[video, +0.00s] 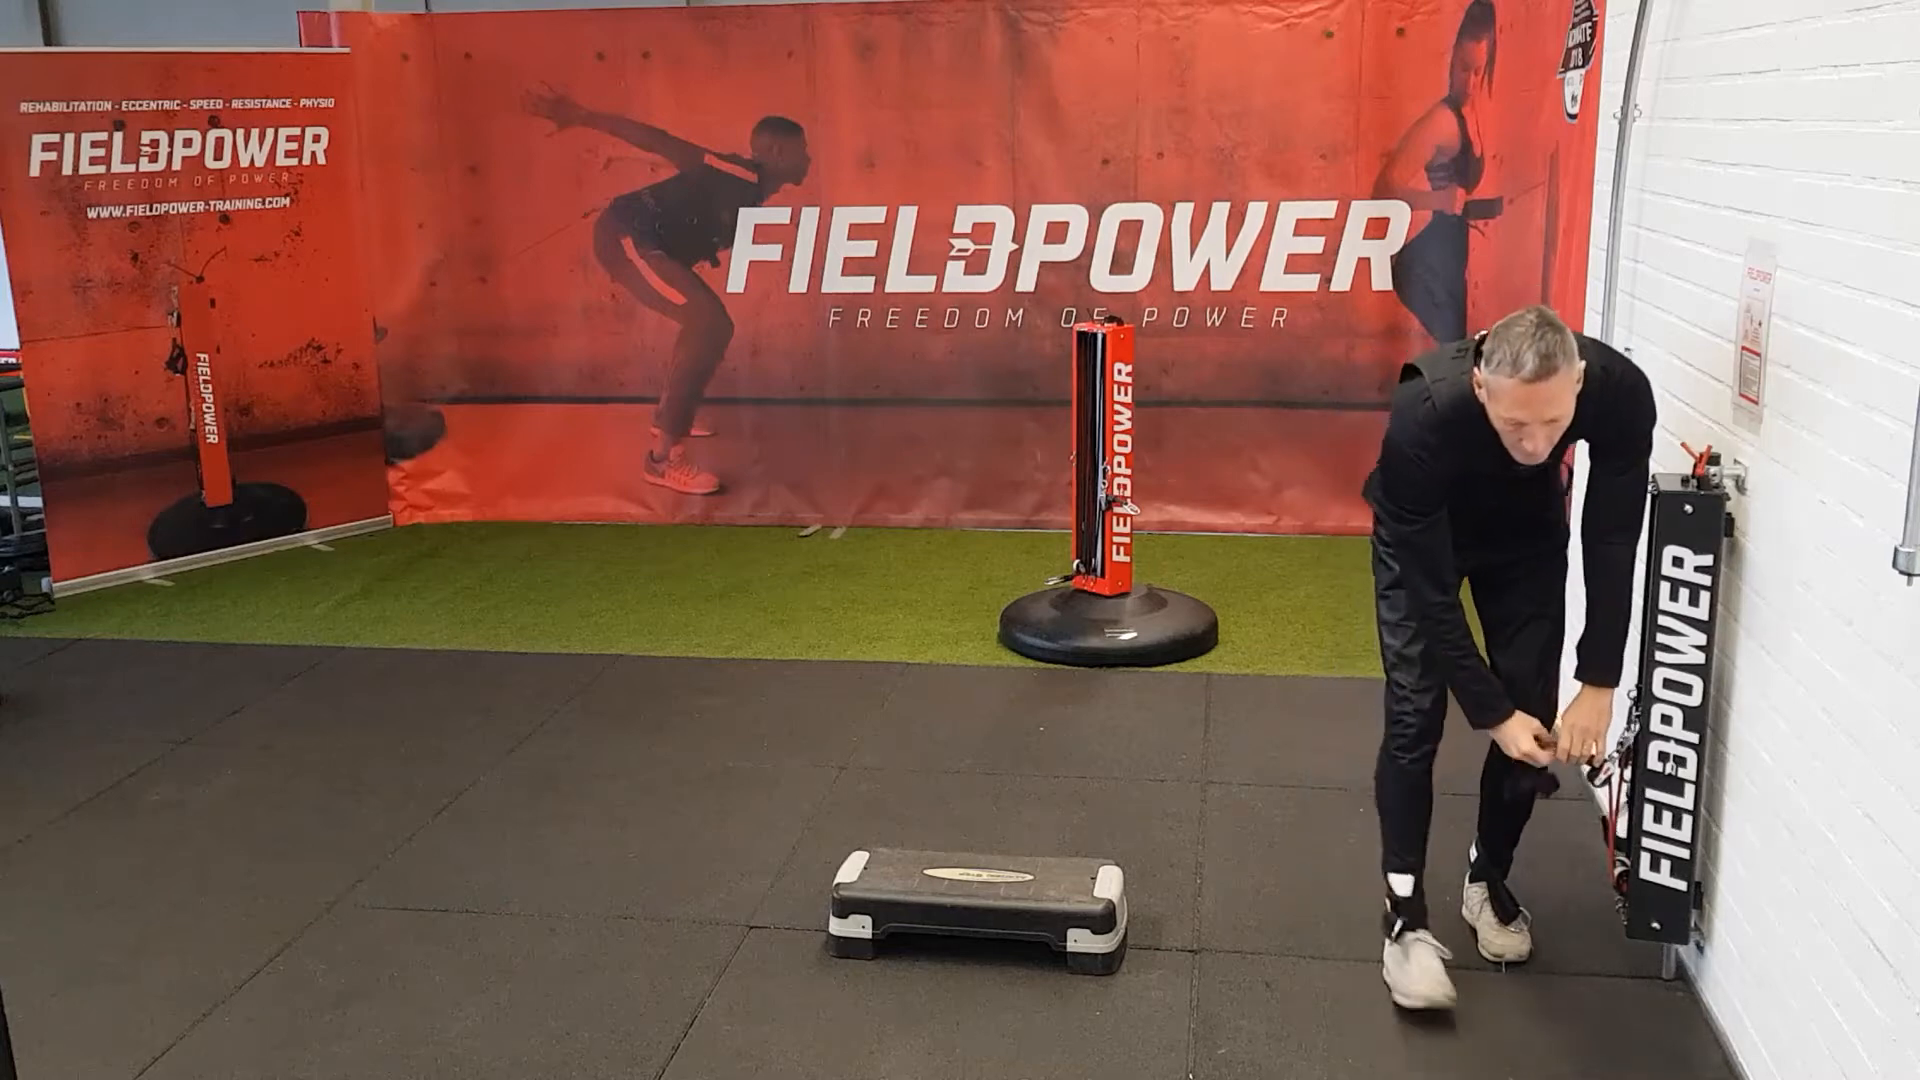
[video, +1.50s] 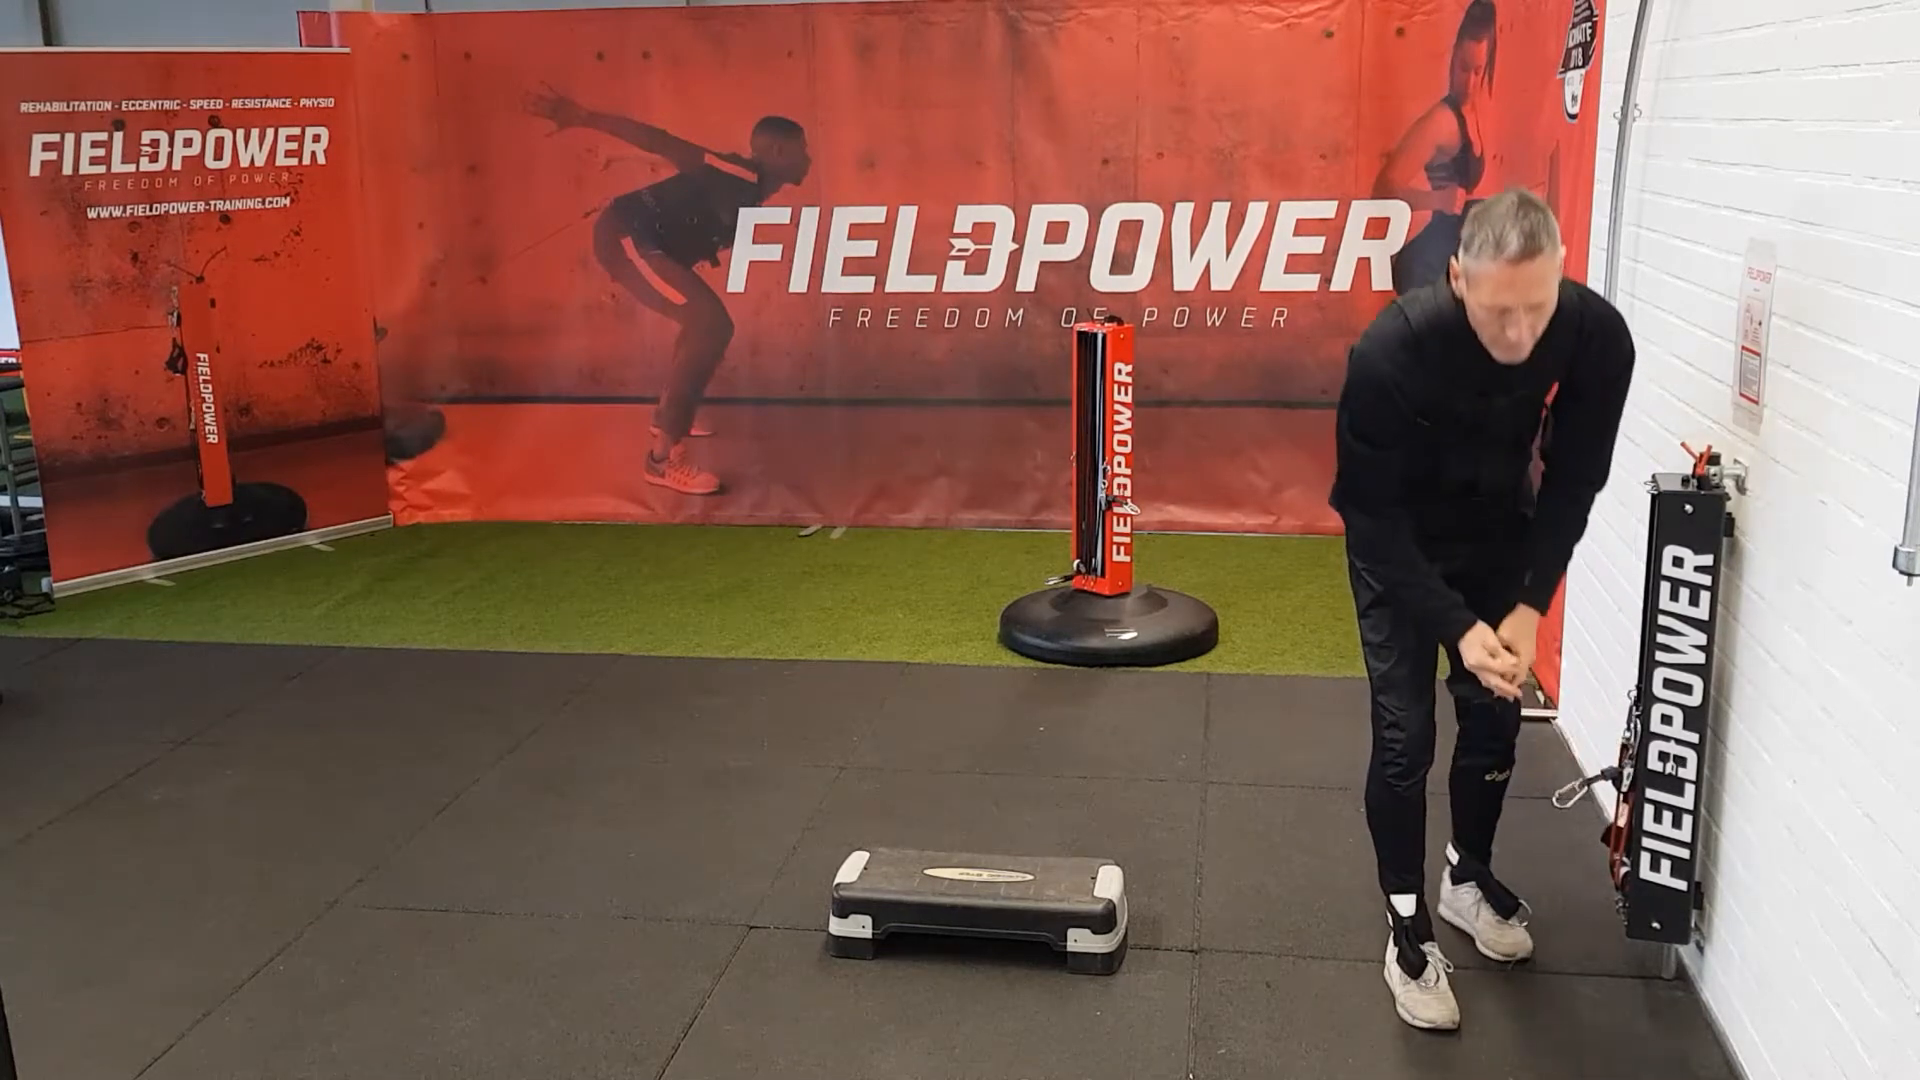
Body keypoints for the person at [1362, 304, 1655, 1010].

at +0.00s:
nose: (1535, 441)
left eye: (1552, 422)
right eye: (1517, 424)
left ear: (1576, 387)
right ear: (1481, 386)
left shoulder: (1617, 395)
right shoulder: (1426, 417)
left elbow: (1612, 542)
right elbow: (1431, 593)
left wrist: (1598, 685)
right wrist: (1498, 715)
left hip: (1524, 533)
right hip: (1423, 534)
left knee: (1530, 717)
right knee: (1416, 717)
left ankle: (1487, 884)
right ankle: (1407, 921)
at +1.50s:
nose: (1517, 331)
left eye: (1534, 310)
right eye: (1497, 311)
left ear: (1561, 277)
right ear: (1459, 280)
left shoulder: (1596, 337)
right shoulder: (1391, 356)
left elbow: (1573, 484)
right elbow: (1373, 518)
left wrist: (1532, 604)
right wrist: (1459, 627)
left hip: (1497, 542)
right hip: (1398, 543)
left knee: (1491, 724)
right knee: (1406, 739)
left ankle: (1468, 880)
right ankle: (1407, 935)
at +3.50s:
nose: (1628, 413)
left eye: (1636, 401)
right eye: (1628, 398)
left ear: (1590, 357)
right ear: (1581, 363)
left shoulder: (1567, 387)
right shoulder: (1442, 402)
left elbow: (1535, 504)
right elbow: (1420, 558)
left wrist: (1538, 628)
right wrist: (1478, 685)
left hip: (1428, 539)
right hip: (1344, 538)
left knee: (1467, 713)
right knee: (1368, 763)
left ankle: (1398, 866)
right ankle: (1379, 988)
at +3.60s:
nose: (1626, 439)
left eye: (1636, 429)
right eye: (1628, 426)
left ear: (1596, 378)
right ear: (1587, 385)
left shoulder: (1568, 390)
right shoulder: (1450, 416)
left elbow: (1539, 515)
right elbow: (1430, 573)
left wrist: (1554, 635)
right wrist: (1506, 684)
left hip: (1413, 540)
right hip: (1335, 533)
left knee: (1467, 701)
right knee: (1365, 745)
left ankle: (1397, 869)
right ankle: (1366, 974)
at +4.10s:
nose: (1601, 554)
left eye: (1613, 547)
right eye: (1604, 543)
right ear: (1570, 503)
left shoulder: (1562, 466)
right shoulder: (1445, 498)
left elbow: (1550, 596)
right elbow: (1453, 647)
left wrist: (1565, 715)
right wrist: (1526, 756)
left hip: (1388, 549)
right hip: (1311, 542)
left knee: (1466, 697)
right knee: (1347, 742)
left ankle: (1397, 868)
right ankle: (1363, 965)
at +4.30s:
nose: (1597, 532)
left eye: (1607, 525)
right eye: (1599, 521)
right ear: (1565, 478)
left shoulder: (1556, 435)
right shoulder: (1443, 479)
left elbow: (1534, 565)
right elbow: (1447, 634)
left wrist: (1545, 683)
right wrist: (1518, 741)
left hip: (1398, 541)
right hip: (1318, 536)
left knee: (1471, 698)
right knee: (1343, 740)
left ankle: (1396, 867)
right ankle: (1359, 956)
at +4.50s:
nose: (1602, 495)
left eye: (1615, 486)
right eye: (1602, 481)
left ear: (1575, 423)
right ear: (1566, 432)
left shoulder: (1566, 412)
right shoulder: (1450, 445)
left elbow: (1540, 540)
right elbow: (1427, 583)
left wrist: (1544, 662)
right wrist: (1497, 711)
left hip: (1405, 537)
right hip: (1326, 524)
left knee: (1474, 699)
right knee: (1339, 740)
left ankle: (1396, 865)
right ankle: (1358, 953)